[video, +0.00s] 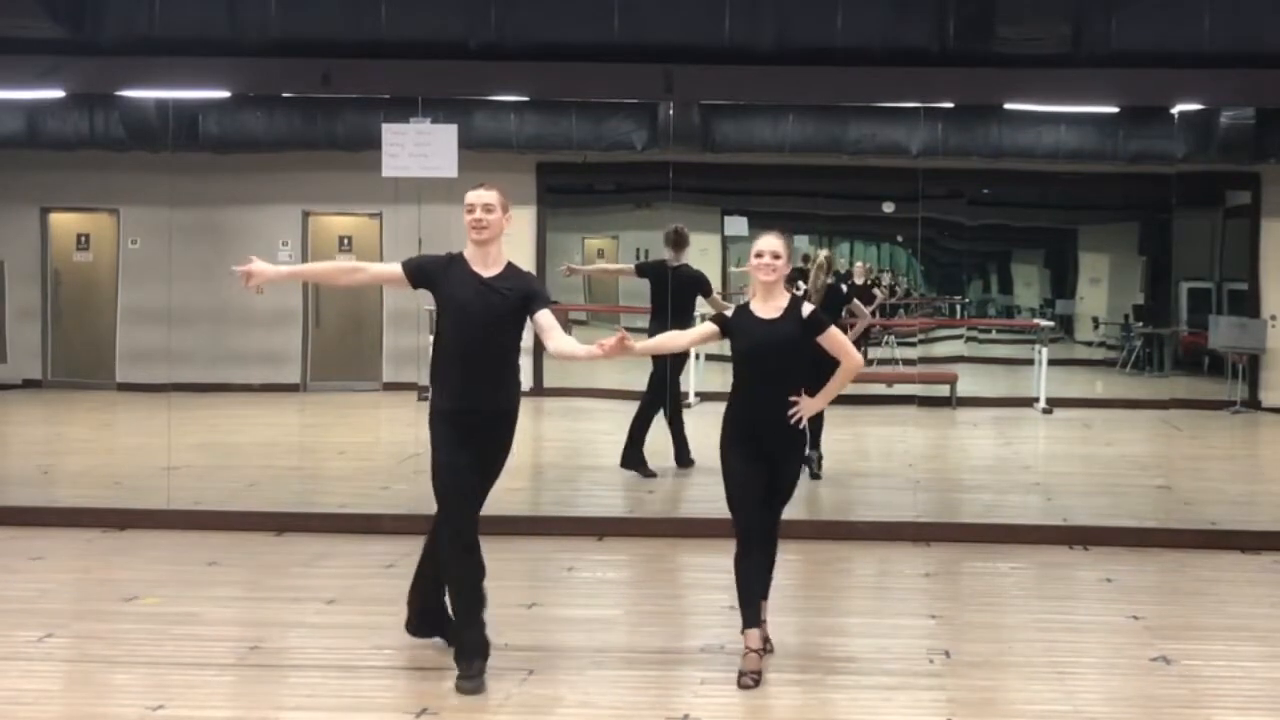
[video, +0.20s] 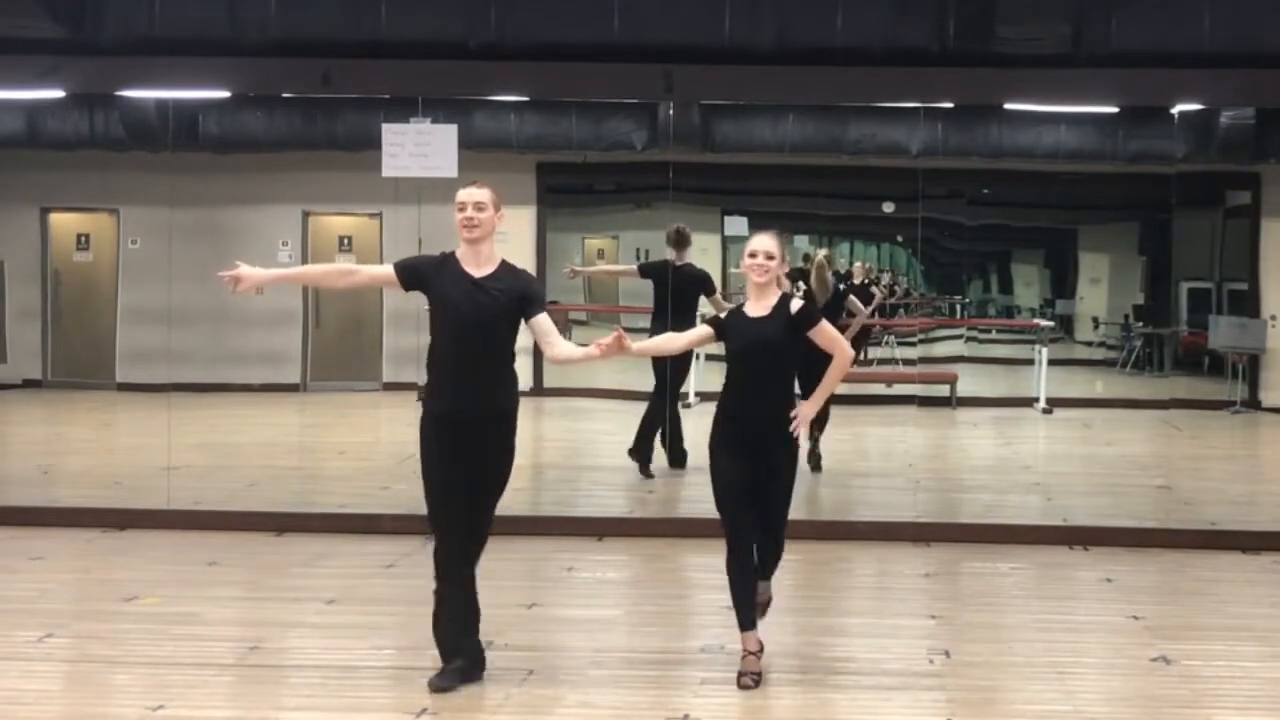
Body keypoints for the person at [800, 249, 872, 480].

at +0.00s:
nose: (817, 268)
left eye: (818, 263)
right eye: (821, 263)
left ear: (815, 266)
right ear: (831, 267)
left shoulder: (801, 289)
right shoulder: (838, 290)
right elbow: (865, 317)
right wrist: (848, 339)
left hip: (805, 349)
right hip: (827, 350)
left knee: (809, 400)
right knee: (817, 401)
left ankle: (811, 450)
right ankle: (813, 450)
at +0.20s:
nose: (821, 266)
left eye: (818, 262)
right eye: (824, 263)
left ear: (812, 266)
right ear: (830, 267)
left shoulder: (802, 290)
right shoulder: (838, 291)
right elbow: (862, 313)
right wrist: (846, 338)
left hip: (803, 350)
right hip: (826, 350)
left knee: (809, 397)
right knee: (824, 399)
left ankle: (813, 439)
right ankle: (815, 437)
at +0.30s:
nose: (821, 272)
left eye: (818, 267)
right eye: (823, 268)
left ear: (811, 271)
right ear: (829, 271)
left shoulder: (800, 291)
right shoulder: (836, 290)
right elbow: (859, 314)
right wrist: (847, 340)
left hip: (803, 351)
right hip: (827, 351)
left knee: (806, 399)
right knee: (825, 396)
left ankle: (814, 448)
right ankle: (819, 431)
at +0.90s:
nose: (820, 271)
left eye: (818, 266)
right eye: (824, 266)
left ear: (811, 270)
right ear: (830, 270)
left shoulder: (802, 293)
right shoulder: (834, 293)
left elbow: (781, 301)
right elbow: (847, 319)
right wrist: (847, 337)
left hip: (807, 344)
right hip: (830, 344)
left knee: (809, 397)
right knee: (828, 388)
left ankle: (814, 449)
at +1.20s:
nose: (821, 268)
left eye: (820, 263)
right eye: (824, 263)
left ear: (813, 267)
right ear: (831, 268)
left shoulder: (803, 290)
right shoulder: (836, 291)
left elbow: (792, 315)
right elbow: (850, 316)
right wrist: (850, 334)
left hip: (807, 345)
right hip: (831, 344)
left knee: (811, 399)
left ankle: (817, 448)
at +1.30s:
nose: (822, 268)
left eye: (822, 263)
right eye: (824, 263)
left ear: (814, 265)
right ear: (832, 267)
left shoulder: (802, 286)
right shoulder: (839, 290)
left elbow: (788, 310)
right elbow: (858, 316)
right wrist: (851, 338)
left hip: (804, 344)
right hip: (829, 345)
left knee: (806, 396)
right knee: (820, 396)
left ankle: (818, 445)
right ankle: (818, 445)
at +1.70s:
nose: (826, 268)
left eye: (824, 263)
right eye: (827, 264)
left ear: (816, 266)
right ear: (833, 267)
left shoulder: (804, 291)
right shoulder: (841, 291)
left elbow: (792, 318)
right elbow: (865, 317)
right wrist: (852, 337)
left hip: (809, 351)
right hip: (834, 351)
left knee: (811, 400)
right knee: (829, 401)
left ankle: (815, 446)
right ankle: (819, 442)